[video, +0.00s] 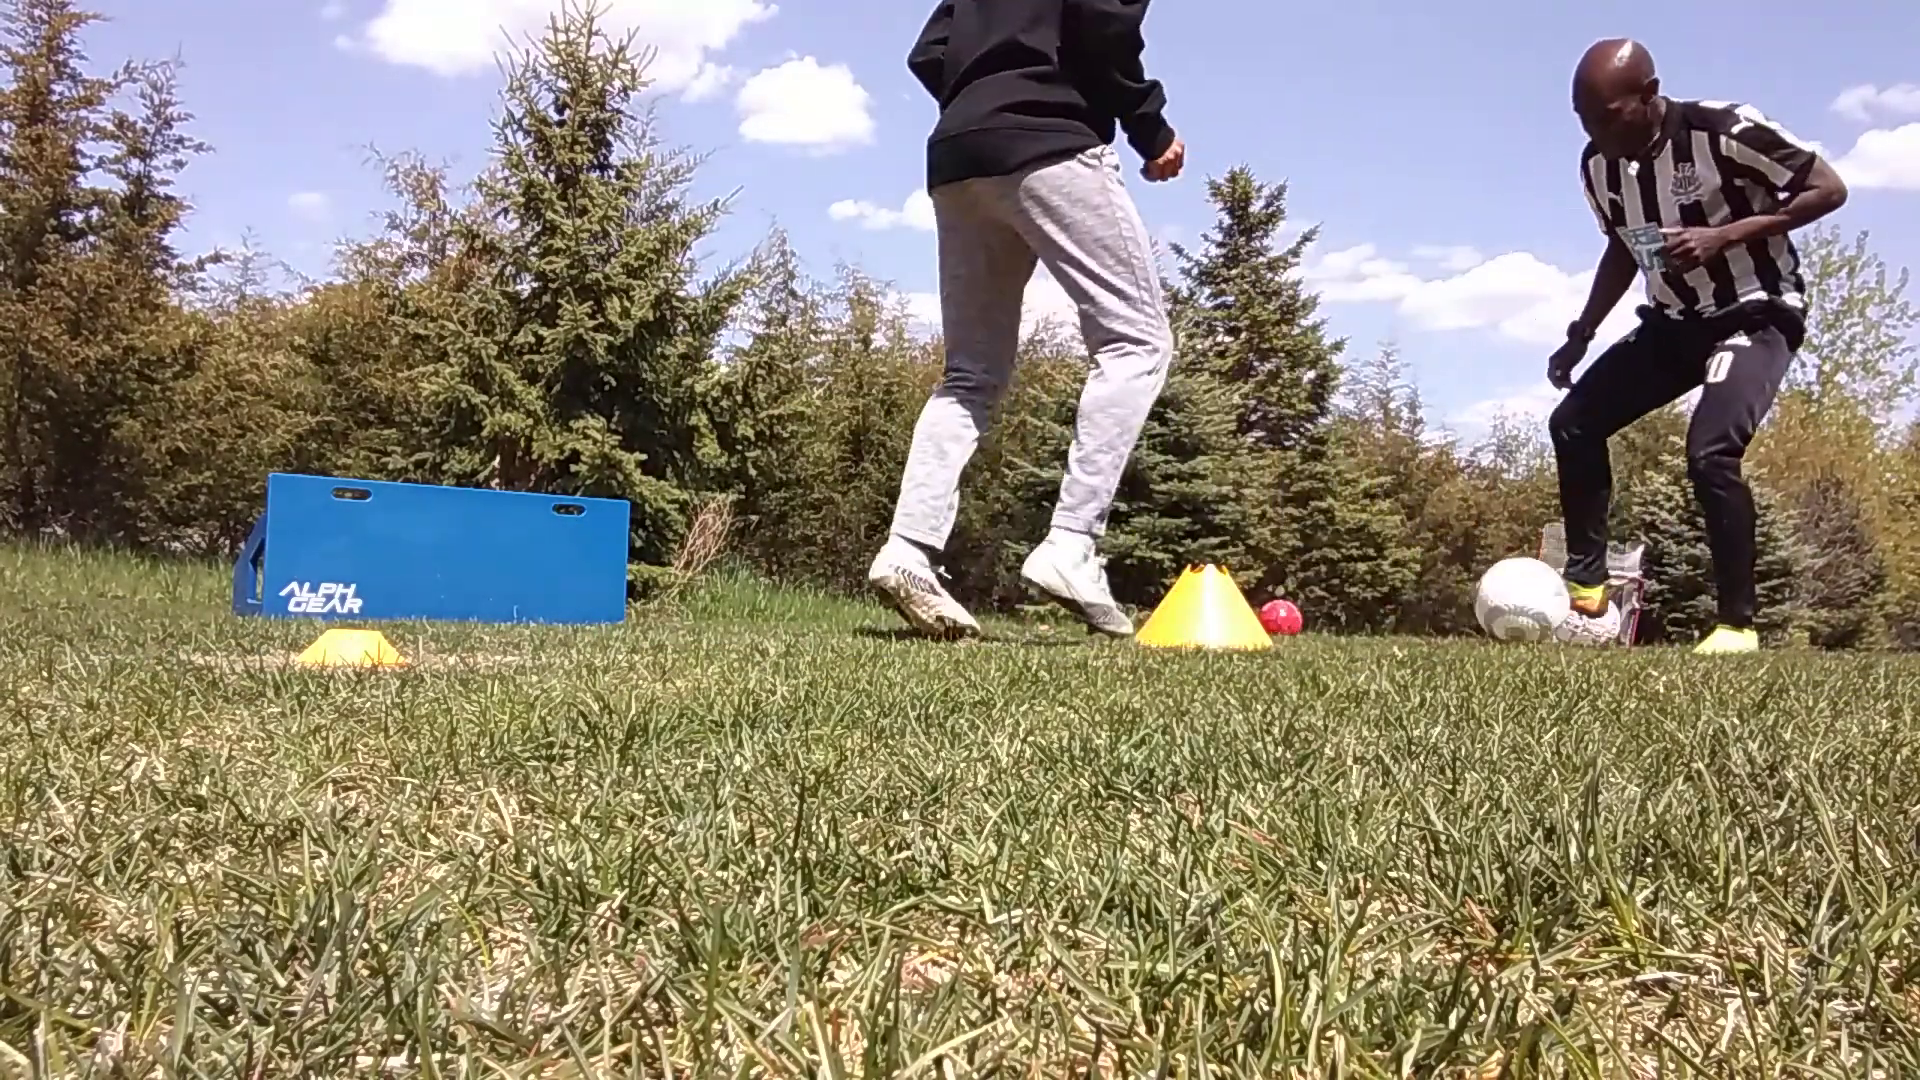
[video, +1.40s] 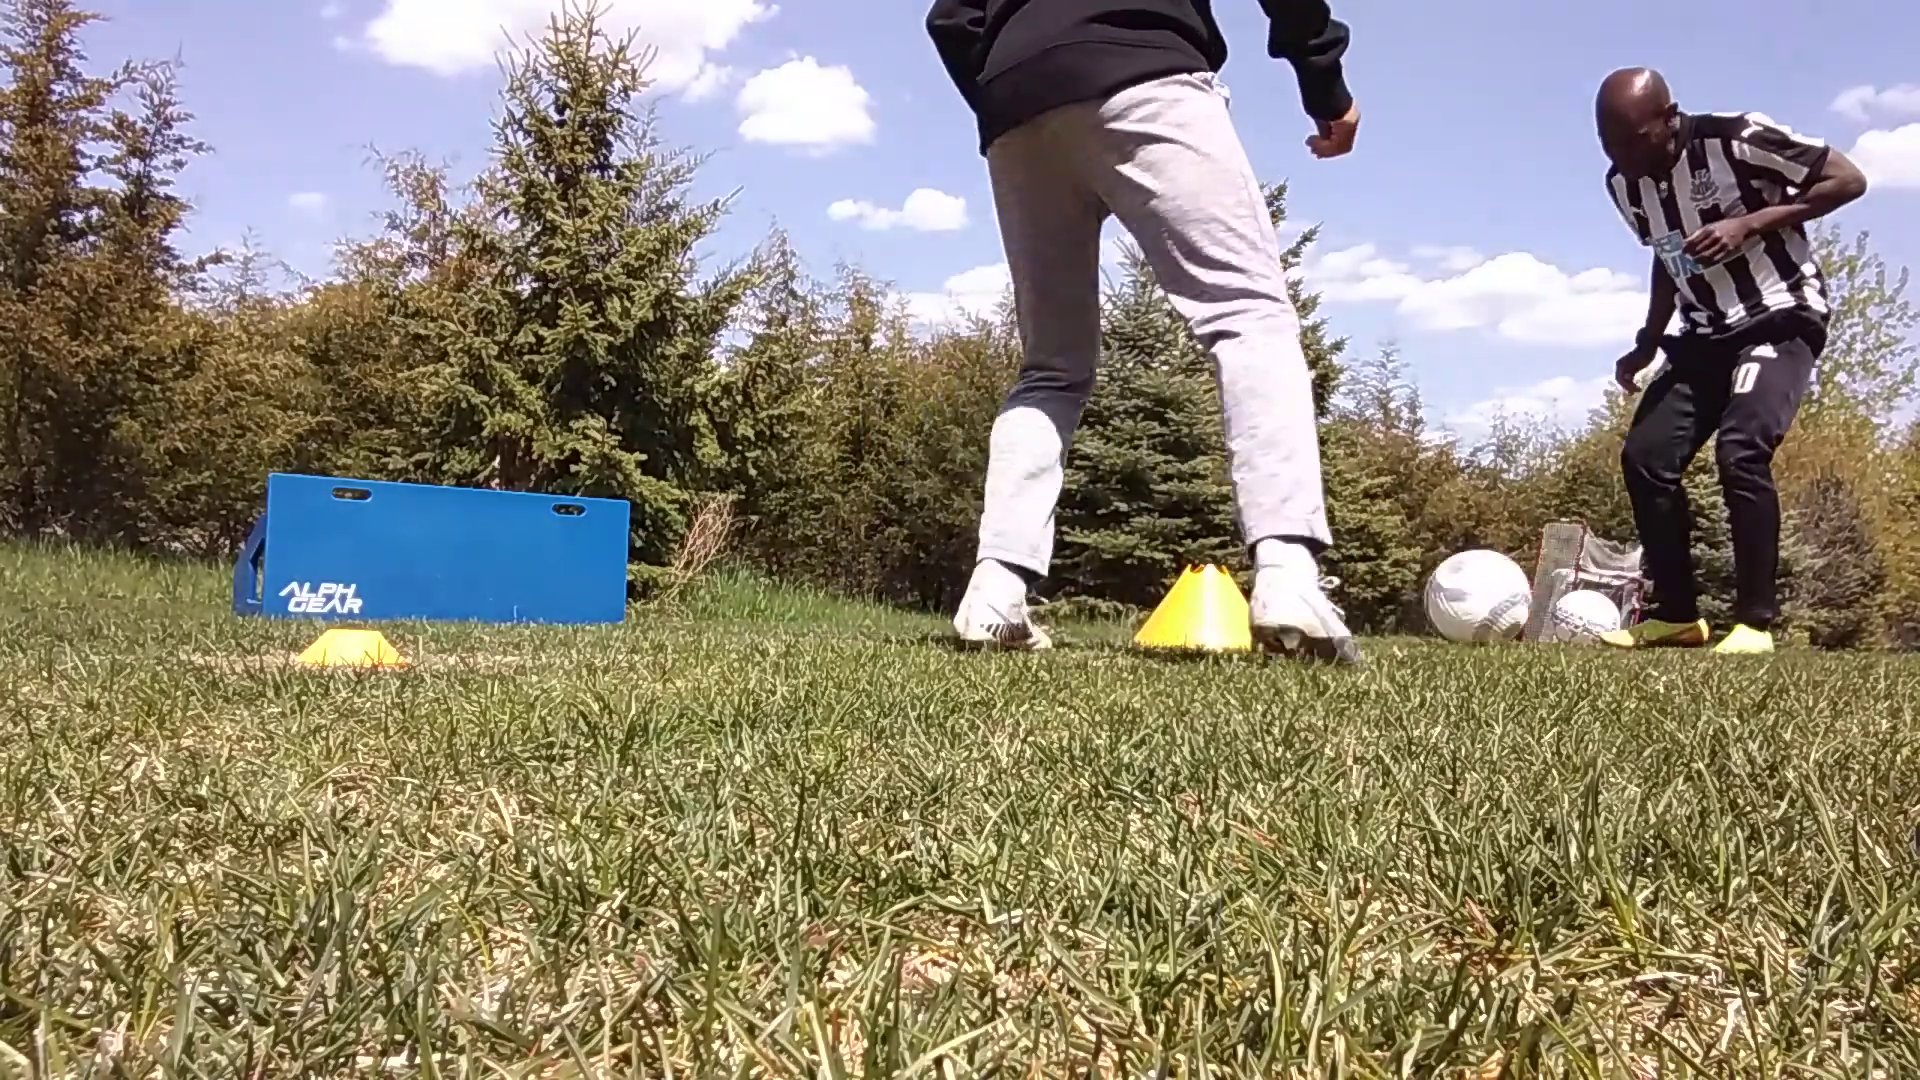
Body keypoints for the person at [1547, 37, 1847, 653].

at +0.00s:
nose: (1591, 131)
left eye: (1600, 116)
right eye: (1585, 118)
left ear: (1647, 97)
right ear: (1585, 108)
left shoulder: (1725, 130)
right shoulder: (1599, 165)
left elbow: (1828, 188)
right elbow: (1623, 248)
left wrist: (1726, 234)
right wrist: (1583, 331)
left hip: (1756, 318)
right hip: (1676, 324)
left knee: (1710, 451)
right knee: (1573, 423)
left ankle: (1737, 626)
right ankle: (1585, 585)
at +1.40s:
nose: (1615, 157)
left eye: (1624, 143)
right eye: (1610, 144)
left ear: (1665, 123)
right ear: (1608, 132)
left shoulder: (1738, 139)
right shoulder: (1623, 182)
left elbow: (1849, 179)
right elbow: (1668, 253)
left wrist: (1753, 221)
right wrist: (1648, 339)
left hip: (1780, 318)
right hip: (1705, 334)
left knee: (1740, 450)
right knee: (1645, 455)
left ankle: (1756, 623)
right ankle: (1677, 615)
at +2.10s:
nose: (1603, 118)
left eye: (1617, 103)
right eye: (1594, 106)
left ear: (1656, 94)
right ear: (1587, 105)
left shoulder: (1720, 134)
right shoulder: (1589, 170)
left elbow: (1810, 189)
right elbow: (1608, 251)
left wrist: (1726, 223)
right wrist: (1585, 334)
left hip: (1743, 320)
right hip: (1667, 338)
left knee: (1736, 455)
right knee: (1657, 477)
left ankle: (1753, 622)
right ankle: (1684, 622)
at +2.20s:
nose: (1593, 121)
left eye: (1608, 108)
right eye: (1586, 108)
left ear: (1650, 100)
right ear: (1579, 105)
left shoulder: (1715, 139)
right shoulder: (1588, 174)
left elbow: (1809, 192)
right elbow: (1614, 253)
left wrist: (1721, 230)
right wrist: (1591, 333)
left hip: (1746, 321)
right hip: (1667, 335)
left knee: (1735, 453)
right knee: (1618, 461)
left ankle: (1755, 623)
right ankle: (1666, 608)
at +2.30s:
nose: (1580, 122)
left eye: (1595, 109)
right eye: (1574, 110)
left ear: (1639, 101)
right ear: (1569, 107)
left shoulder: (1707, 139)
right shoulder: (1580, 174)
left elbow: (1801, 190)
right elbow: (1610, 251)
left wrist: (1716, 243)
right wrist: (1591, 332)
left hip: (1737, 323)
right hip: (1656, 335)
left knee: (1732, 455)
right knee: (1611, 462)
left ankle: (1756, 622)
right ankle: (1615, 611)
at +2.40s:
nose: (1569, 127)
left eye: (1583, 114)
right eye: (1563, 114)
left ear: (1627, 105)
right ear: (1557, 111)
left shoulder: (1697, 144)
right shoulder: (1565, 178)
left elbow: (1783, 197)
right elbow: (1587, 256)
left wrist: (1714, 267)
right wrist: (1583, 335)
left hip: (1723, 324)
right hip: (1644, 336)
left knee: (1723, 453)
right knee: (1608, 476)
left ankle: (1754, 622)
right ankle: (1595, 619)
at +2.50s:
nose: (1558, 138)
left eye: (1572, 125)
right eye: (1552, 126)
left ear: (1615, 118)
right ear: (1547, 124)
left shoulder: (1682, 154)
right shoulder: (1546, 191)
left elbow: (1759, 210)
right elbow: (1564, 269)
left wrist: (1707, 296)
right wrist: (1566, 348)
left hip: (1709, 329)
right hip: (1626, 345)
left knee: (1720, 456)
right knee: (1601, 473)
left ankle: (1752, 620)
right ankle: (1598, 622)